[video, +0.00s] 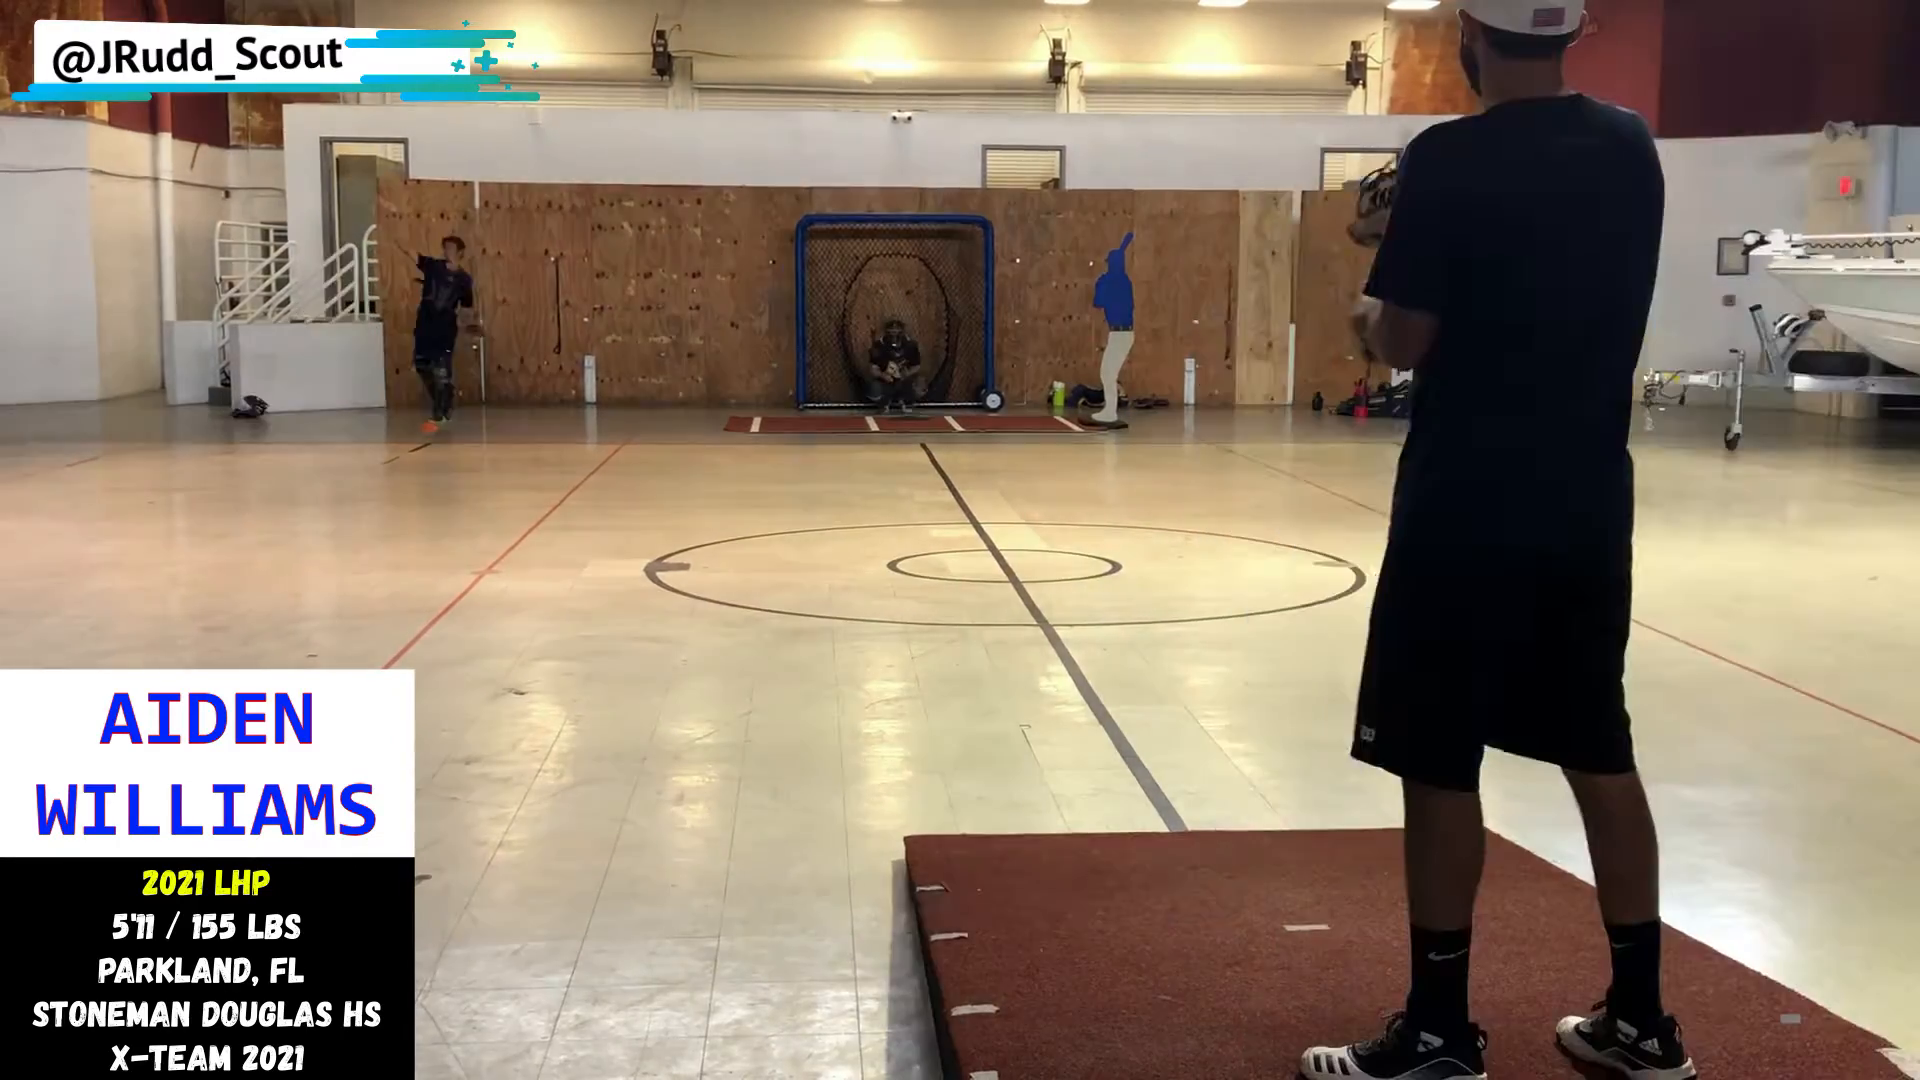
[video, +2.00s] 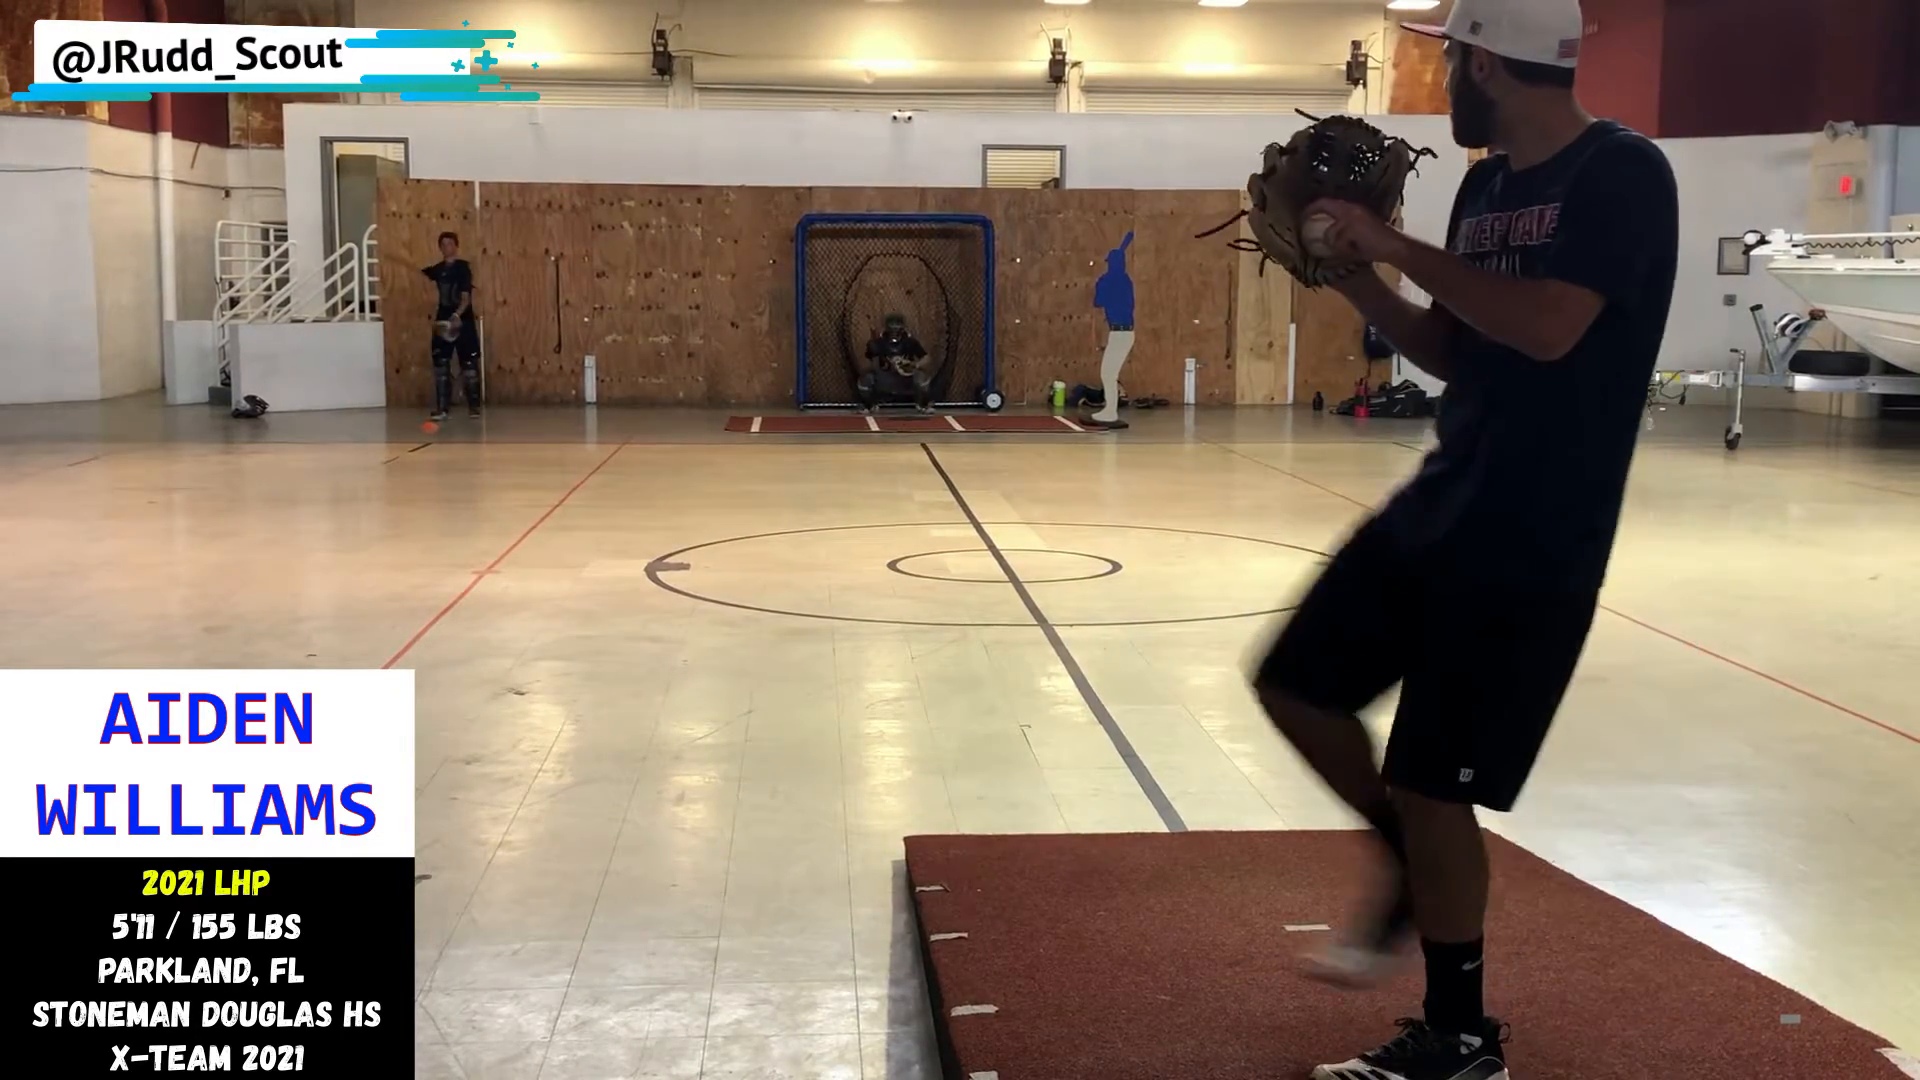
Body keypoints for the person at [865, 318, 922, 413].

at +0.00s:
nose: (894, 336)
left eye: (897, 333)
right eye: (891, 333)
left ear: (902, 332)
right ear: (886, 332)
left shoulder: (911, 345)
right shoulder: (878, 346)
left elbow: (916, 366)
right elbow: (873, 369)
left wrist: (906, 374)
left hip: (903, 381)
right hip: (886, 382)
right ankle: (884, 405)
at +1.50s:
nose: (895, 330)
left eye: (898, 326)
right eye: (893, 326)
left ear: (903, 326)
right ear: (888, 326)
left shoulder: (911, 340)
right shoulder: (880, 341)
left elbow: (918, 364)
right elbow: (873, 363)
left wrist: (905, 369)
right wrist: (885, 365)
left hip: (906, 376)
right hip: (887, 376)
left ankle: (907, 402)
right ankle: (883, 404)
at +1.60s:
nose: (895, 321)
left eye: (898, 317)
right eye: (891, 318)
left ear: (902, 318)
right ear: (886, 319)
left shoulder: (911, 334)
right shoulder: (879, 334)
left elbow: (918, 356)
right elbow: (871, 355)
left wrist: (906, 361)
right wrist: (880, 354)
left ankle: (904, 400)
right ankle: (886, 400)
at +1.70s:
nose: (894, 321)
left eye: (898, 318)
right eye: (891, 318)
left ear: (903, 316)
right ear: (886, 316)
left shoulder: (911, 328)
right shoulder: (877, 329)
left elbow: (921, 347)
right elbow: (868, 352)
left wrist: (911, 355)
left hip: (905, 363)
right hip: (884, 363)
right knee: (871, 373)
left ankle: (911, 398)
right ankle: (876, 400)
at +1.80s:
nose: (895, 321)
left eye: (898, 317)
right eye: (892, 317)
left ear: (903, 316)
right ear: (886, 315)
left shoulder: (910, 329)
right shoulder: (876, 330)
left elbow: (923, 348)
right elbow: (868, 350)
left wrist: (915, 355)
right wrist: (860, 365)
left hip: (907, 365)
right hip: (885, 365)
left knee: (923, 372)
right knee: (866, 375)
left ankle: (924, 403)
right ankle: (868, 404)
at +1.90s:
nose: (894, 324)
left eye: (898, 320)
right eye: (891, 320)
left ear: (902, 321)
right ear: (886, 320)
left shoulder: (910, 335)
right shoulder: (878, 336)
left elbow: (924, 355)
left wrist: (915, 361)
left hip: (907, 370)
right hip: (885, 370)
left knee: (922, 377)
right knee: (867, 378)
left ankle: (923, 405)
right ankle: (870, 405)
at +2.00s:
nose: (895, 331)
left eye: (898, 328)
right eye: (892, 328)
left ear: (903, 327)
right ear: (886, 327)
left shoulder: (910, 342)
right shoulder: (877, 344)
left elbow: (926, 358)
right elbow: (873, 365)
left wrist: (915, 365)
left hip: (907, 377)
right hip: (886, 377)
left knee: (921, 377)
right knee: (866, 380)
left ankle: (921, 405)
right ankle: (871, 406)